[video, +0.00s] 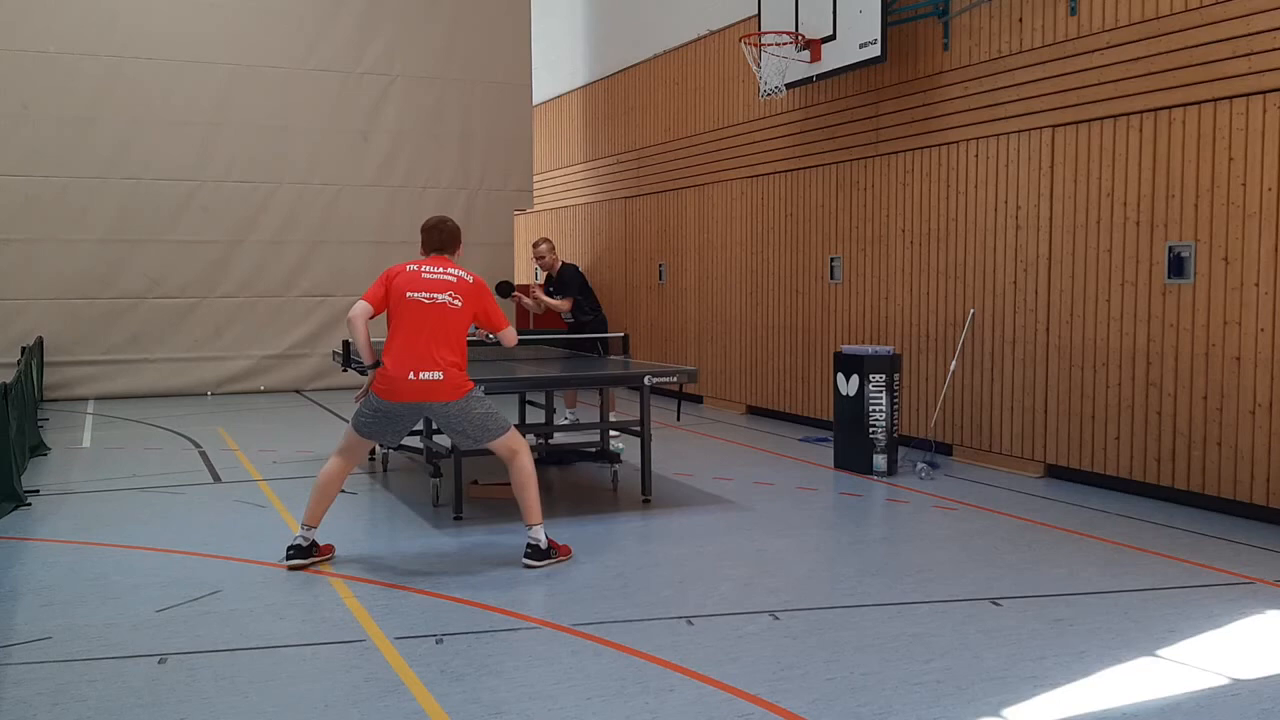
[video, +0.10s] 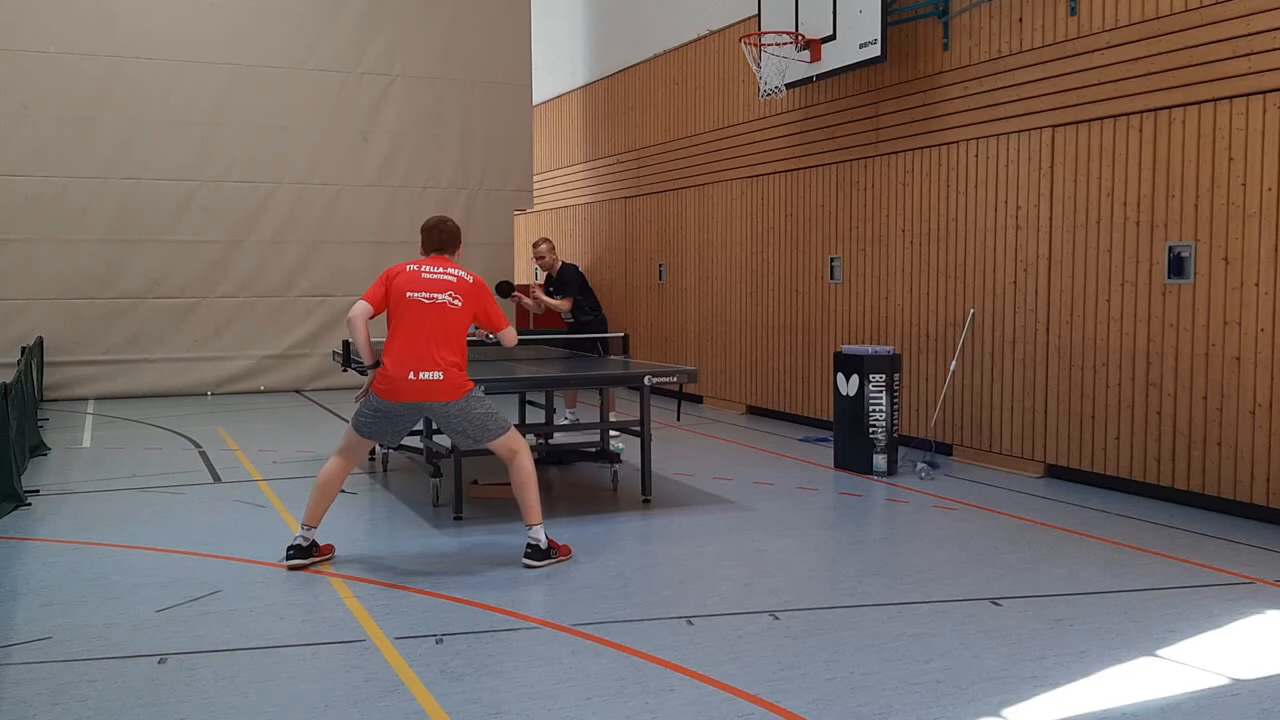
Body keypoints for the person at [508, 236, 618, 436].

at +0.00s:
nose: (538, 263)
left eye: (541, 258)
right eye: (535, 259)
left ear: (553, 255)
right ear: (535, 258)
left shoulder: (570, 272)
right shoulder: (549, 278)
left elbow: (566, 306)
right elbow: (540, 308)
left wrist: (542, 297)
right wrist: (522, 299)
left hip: (594, 328)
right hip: (574, 329)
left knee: (603, 376)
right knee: (568, 373)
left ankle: (611, 423)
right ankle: (571, 417)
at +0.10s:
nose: (538, 263)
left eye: (541, 258)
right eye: (535, 259)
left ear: (553, 255)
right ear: (535, 258)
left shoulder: (570, 272)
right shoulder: (549, 278)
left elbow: (566, 306)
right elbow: (540, 308)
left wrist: (542, 297)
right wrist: (522, 299)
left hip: (593, 328)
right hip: (574, 329)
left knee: (603, 376)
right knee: (568, 373)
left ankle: (611, 423)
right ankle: (571, 417)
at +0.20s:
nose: (541, 259)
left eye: (545, 254)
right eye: (538, 255)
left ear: (556, 252)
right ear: (536, 255)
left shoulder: (573, 272)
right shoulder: (544, 276)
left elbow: (585, 304)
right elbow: (533, 302)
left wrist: (556, 302)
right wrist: (523, 294)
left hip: (587, 329)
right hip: (565, 330)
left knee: (600, 376)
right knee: (561, 371)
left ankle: (609, 423)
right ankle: (566, 409)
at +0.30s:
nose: (543, 255)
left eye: (547, 251)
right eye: (540, 252)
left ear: (557, 252)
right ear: (537, 254)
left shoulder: (574, 274)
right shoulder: (539, 277)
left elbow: (595, 298)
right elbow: (524, 305)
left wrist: (573, 318)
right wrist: (517, 288)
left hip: (580, 339)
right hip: (553, 339)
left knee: (597, 380)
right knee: (548, 382)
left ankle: (608, 423)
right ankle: (547, 426)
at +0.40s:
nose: (541, 261)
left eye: (546, 257)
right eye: (538, 258)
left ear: (555, 259)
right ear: (534, 260)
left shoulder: (570, 283)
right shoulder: (530, 284)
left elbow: (596, 302)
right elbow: (519, 309)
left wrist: (589, 322)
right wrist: (516, 298)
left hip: (570, 346)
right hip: (543, 347)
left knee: (601, 378)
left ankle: (608, 421)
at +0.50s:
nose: (537, 271)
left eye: (541, 267)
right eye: (533, 267)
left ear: (549, 268)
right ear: (529, 269)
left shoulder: (562, 292)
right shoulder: (523, 292)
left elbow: (586, 309)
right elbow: (500, 315)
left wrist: (590, 316)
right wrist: (508, 305)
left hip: (561, 351)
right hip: (531, 351)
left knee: (589, 382)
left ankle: (607, 424)